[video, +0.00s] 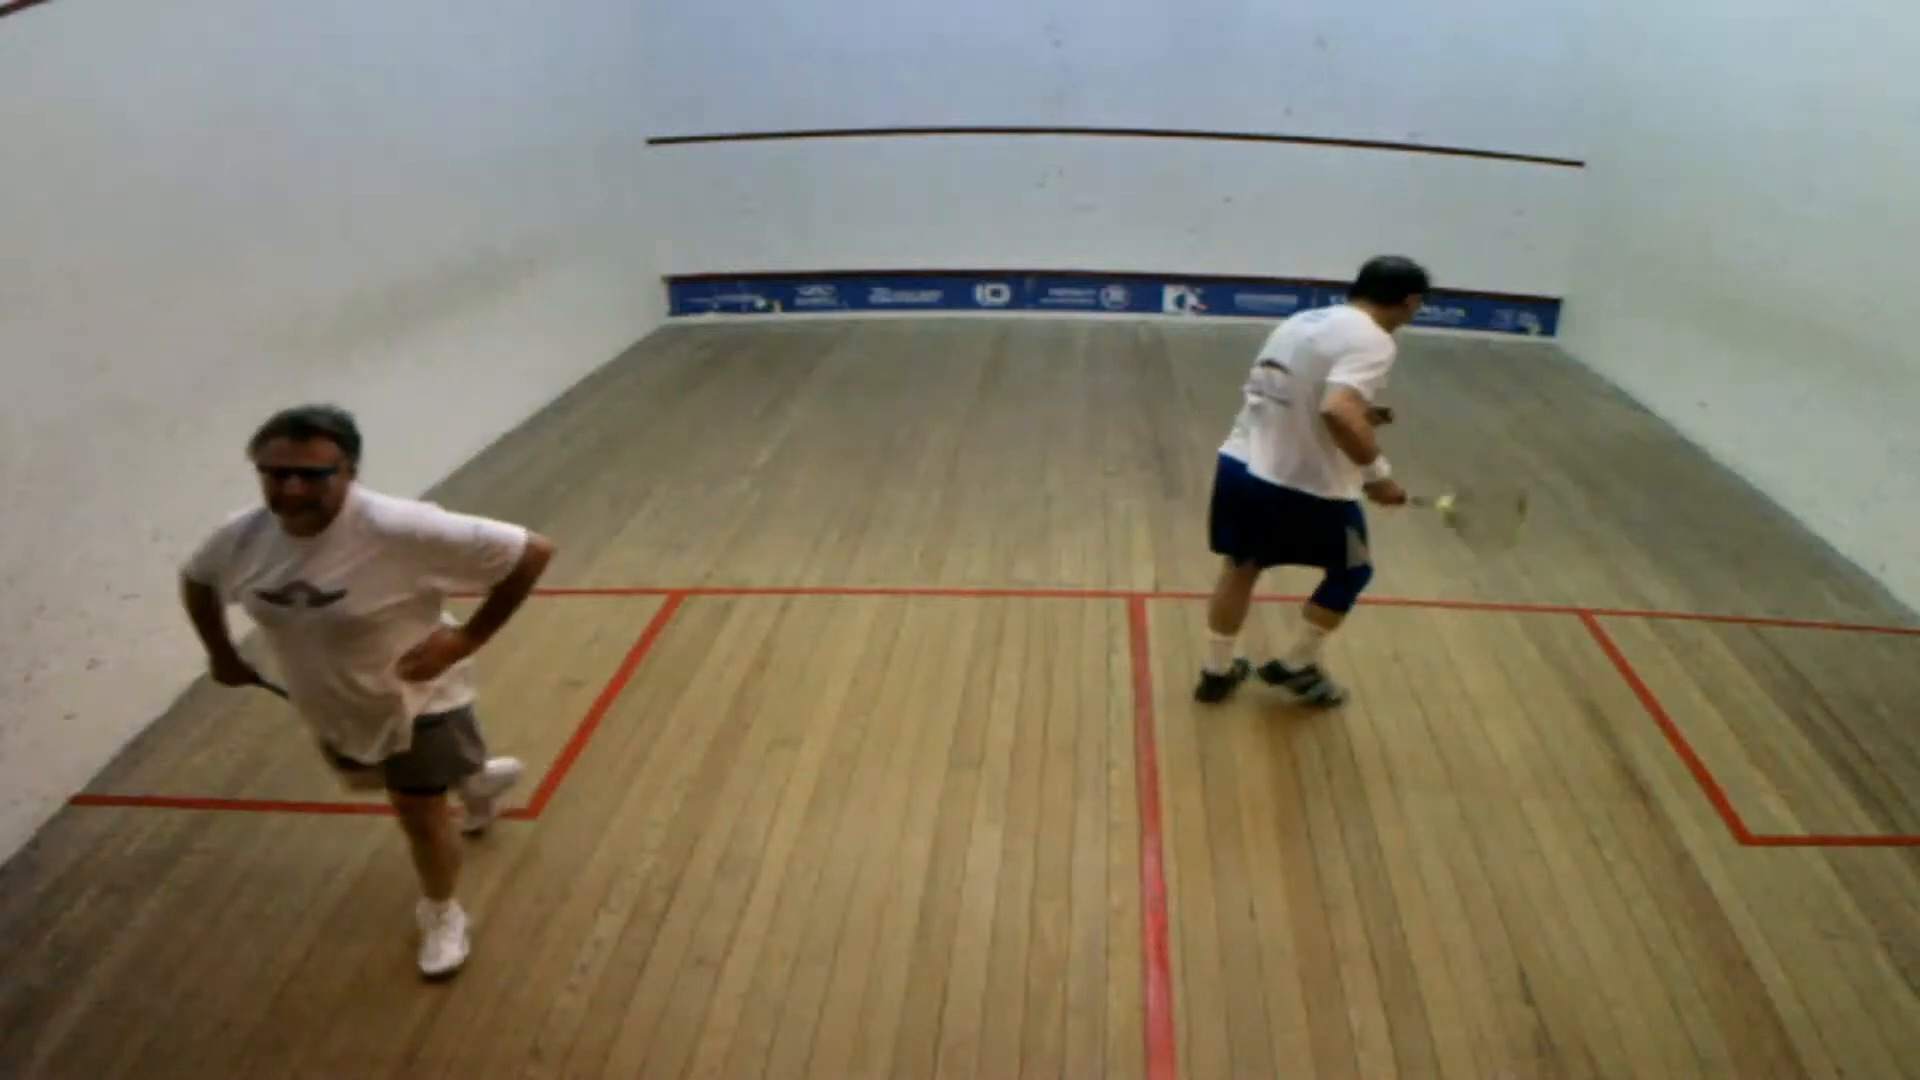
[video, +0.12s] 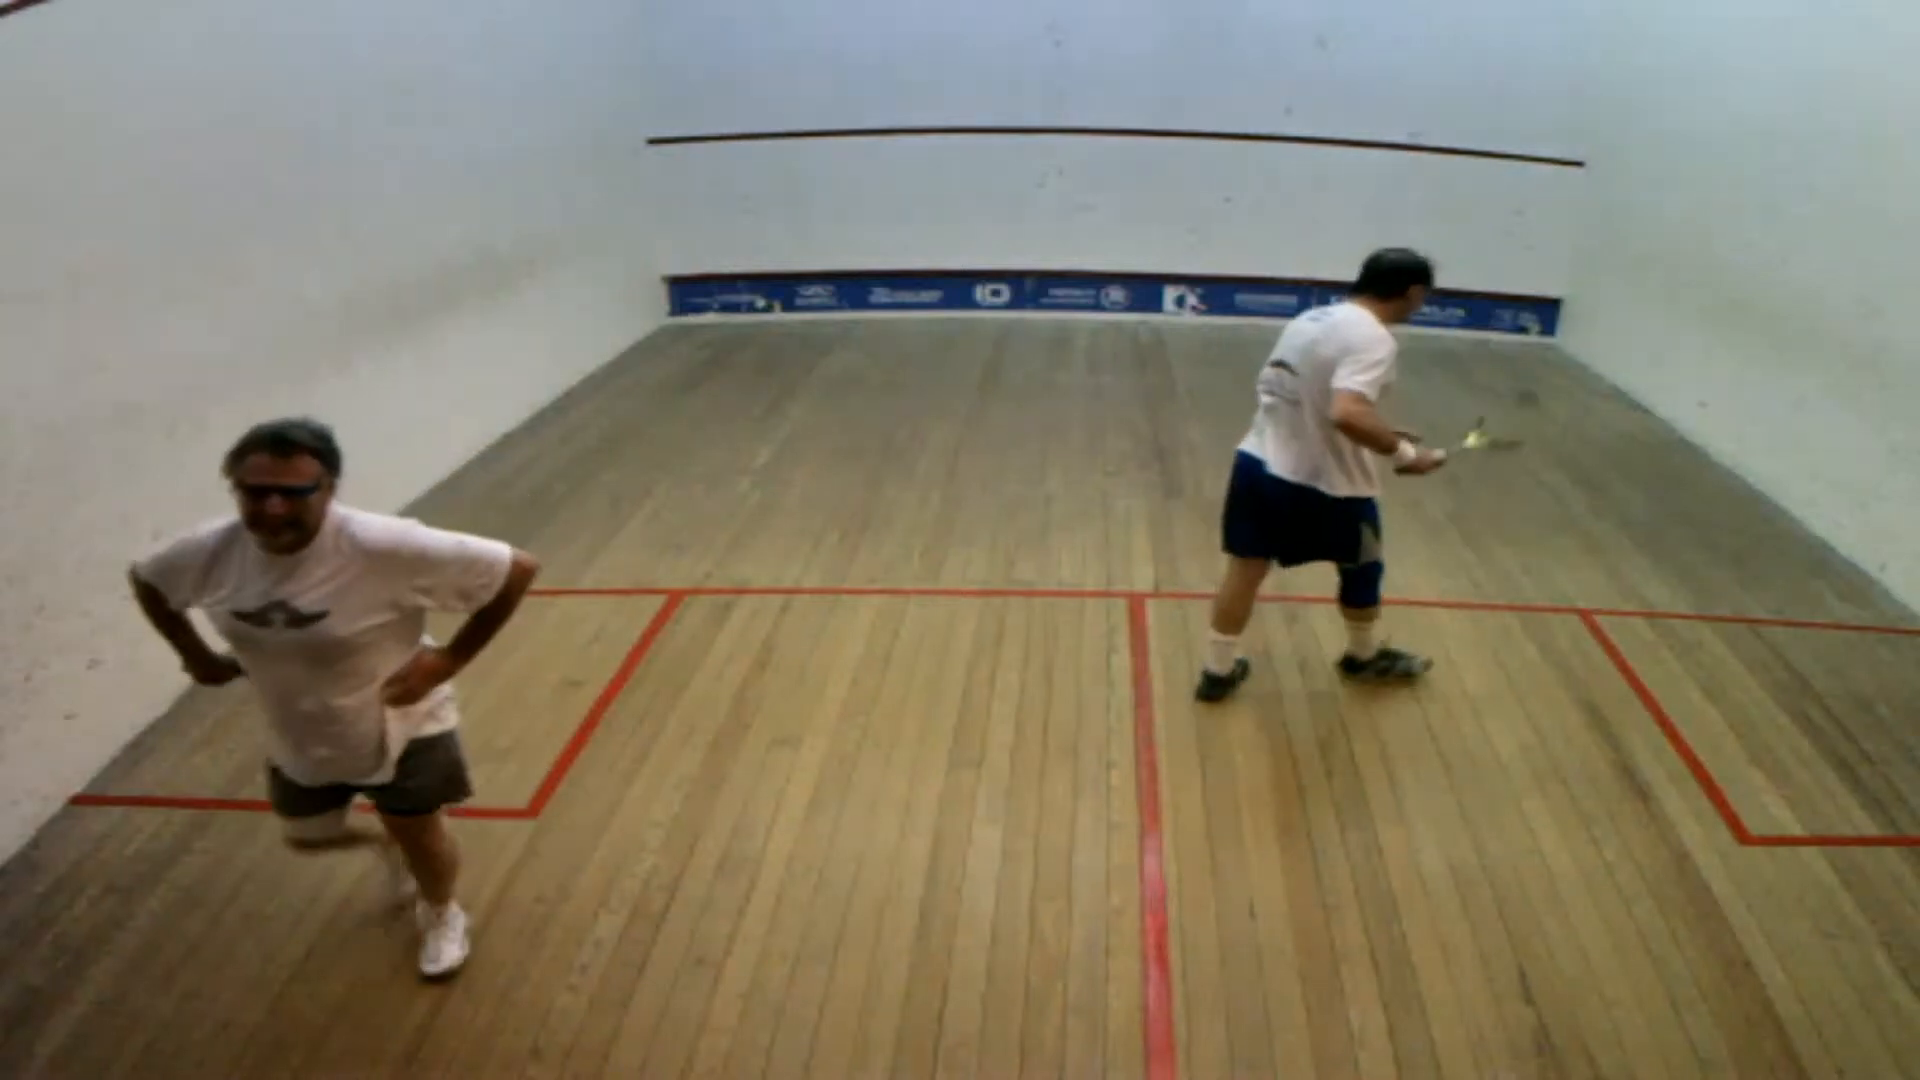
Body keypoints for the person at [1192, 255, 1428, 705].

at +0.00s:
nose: (1412, 318)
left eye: (1417, 309)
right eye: (1414, 308)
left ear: (1361, 289)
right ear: (1402, 301)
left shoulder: (1303, 320)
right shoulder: (1373, 341)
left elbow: (1282, 394)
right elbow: (1338, 411)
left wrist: (1357, 414)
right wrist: (1378, 476)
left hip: (1242, 470)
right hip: (1310, 489)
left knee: (1241, 563)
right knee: (1351, 569)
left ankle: (1216, 668)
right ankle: (1298, 663)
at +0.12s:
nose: (1420, 307)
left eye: (1423, 299)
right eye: (1421, 298)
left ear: (1368, 283)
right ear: (1406, 294)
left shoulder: (1312, 318)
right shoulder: (1373, 340)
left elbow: (1309, 405)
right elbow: (1348, 412)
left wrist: (1386, 436)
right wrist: (1403, 452)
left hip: (1260, 469)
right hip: (1330, 485)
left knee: (1244, 568)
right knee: (1361, 561)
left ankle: (1217, 669)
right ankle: (1361, 654)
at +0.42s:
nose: (1481, 306)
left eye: (1485, 297)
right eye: (1483, 297)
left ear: (1433, 281)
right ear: (1470, 293)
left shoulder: (1377, 315)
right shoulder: (1441, 346)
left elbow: (1385, 394)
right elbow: (1427, 432)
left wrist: (1459, 421)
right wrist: (1471, 470)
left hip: (1329, 464)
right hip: (1393, 485)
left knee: (1298, 560)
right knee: (1398, 571)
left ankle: (1236, 644)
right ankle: (1397, 646)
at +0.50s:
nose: (1504, 307)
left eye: (1508, 298)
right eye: (1506, 297)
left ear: (1458, 280)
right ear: (1492, 292)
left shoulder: (1397, 314)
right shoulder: (1466, 345)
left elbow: (1380, 392)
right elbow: (1453, 431)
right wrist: (1488, 473)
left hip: (1357, 461)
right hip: (1416, 482)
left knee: (1335, 546)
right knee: (1410, 567)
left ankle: (1268, 623)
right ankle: (1401, 645)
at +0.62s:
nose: (1528, 310)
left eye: (1533, 301)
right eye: (1531, 300)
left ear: (1482, 281)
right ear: (1518, 293)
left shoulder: (1423, 314)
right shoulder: (1496, 343)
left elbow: (1401, 389)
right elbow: (1487, 429)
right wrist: (1526, 459)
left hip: (1383, 457)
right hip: (1438, 481)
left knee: (1388, 535)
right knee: (1421, 563)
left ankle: (1324, 605)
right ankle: (1400, 645)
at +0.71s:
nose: (1546, 305)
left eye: (1550, 297)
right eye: (1548, 296)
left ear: (1498, 281)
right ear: (1534, 292)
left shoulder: (1437, 315)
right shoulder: (1515, 344)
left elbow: (1393, 378)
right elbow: (1516, 430)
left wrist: (1366, 425)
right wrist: (1560, 444)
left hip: (1401, 455)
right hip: (1451, 479)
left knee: (1414, 534)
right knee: (1426, 563)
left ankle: (1374, 609)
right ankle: (1401, 644)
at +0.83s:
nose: (1558, 303)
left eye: (1560, 294)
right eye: (1559, 294)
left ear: (1508, 281)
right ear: (1546, 291)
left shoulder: (1450, 315)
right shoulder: (1533, 345)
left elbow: (1395, 373)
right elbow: (1542, 429)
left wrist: (1364, 422)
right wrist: (1584, 447)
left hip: (1416, 454)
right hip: (1466, 478)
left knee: (1427, 542)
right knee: (1431, 564)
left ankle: (1419, 617)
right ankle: (1401, 646)